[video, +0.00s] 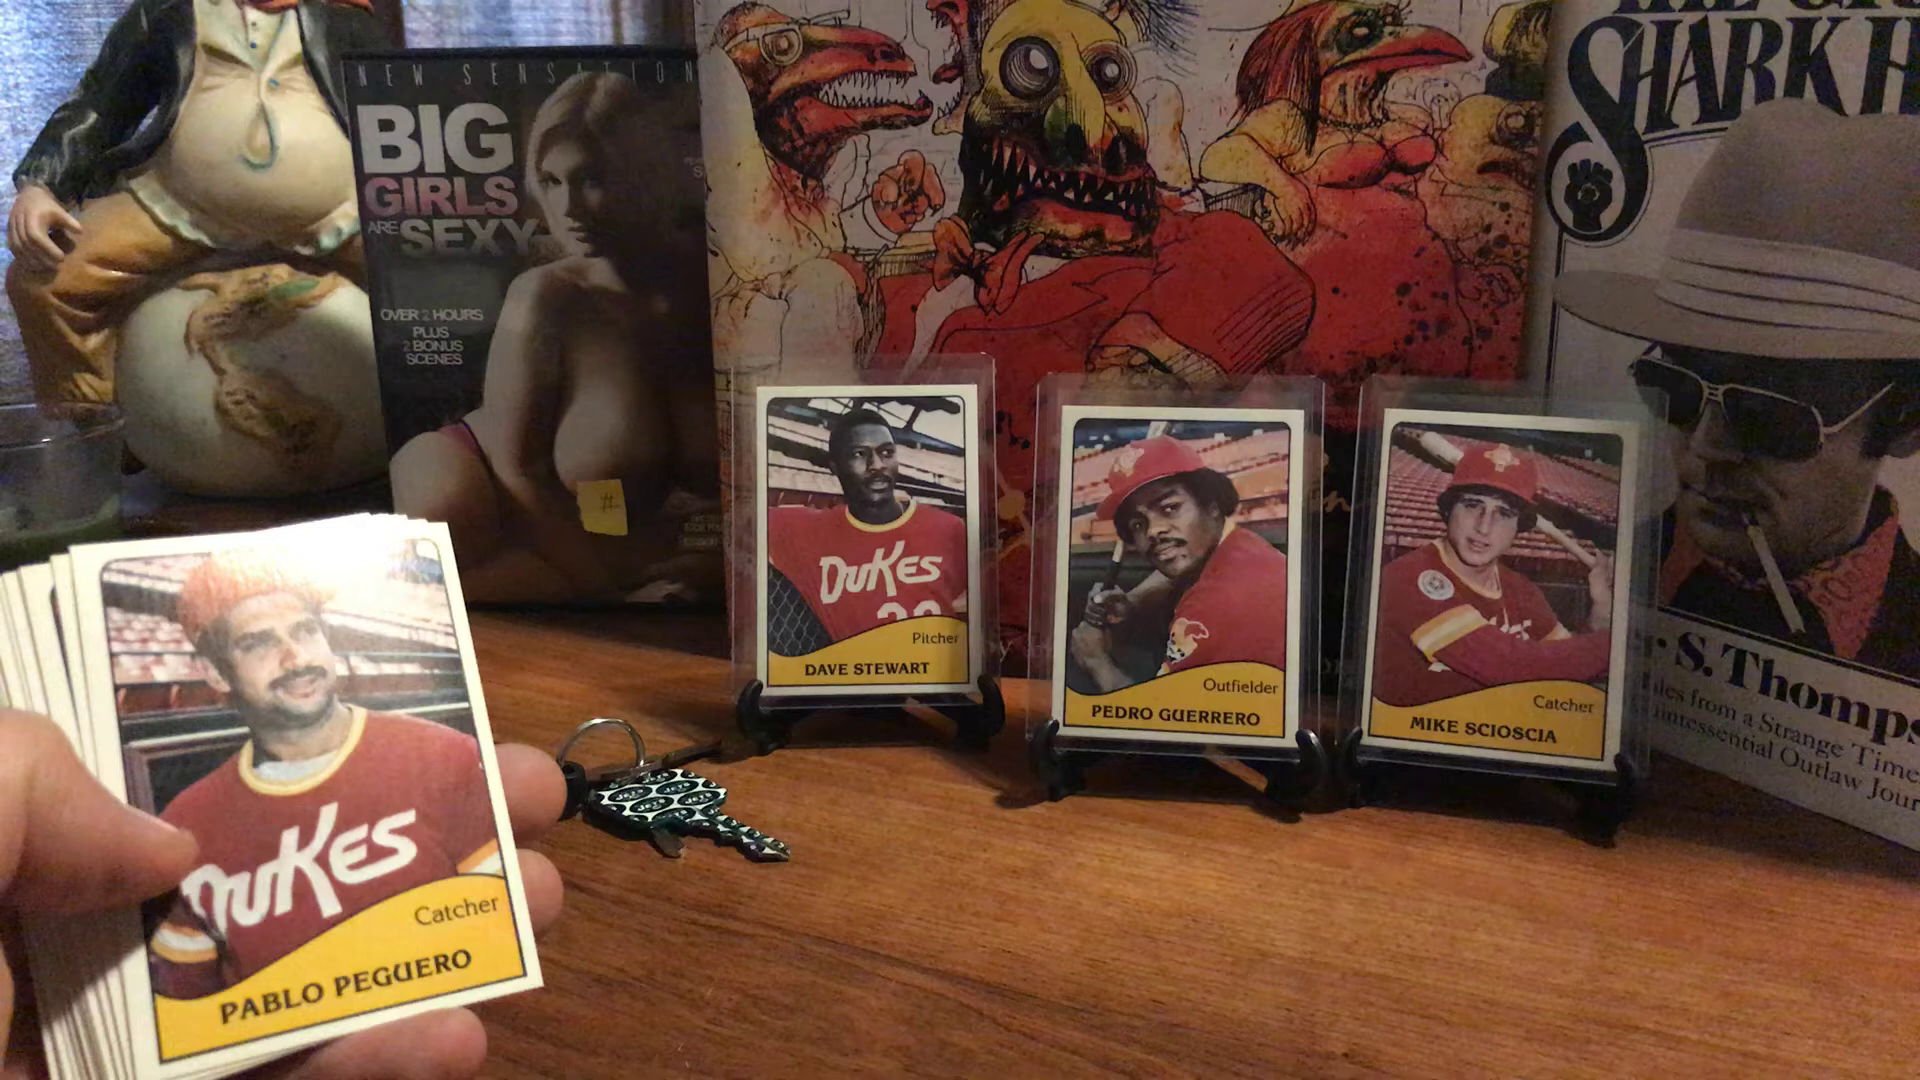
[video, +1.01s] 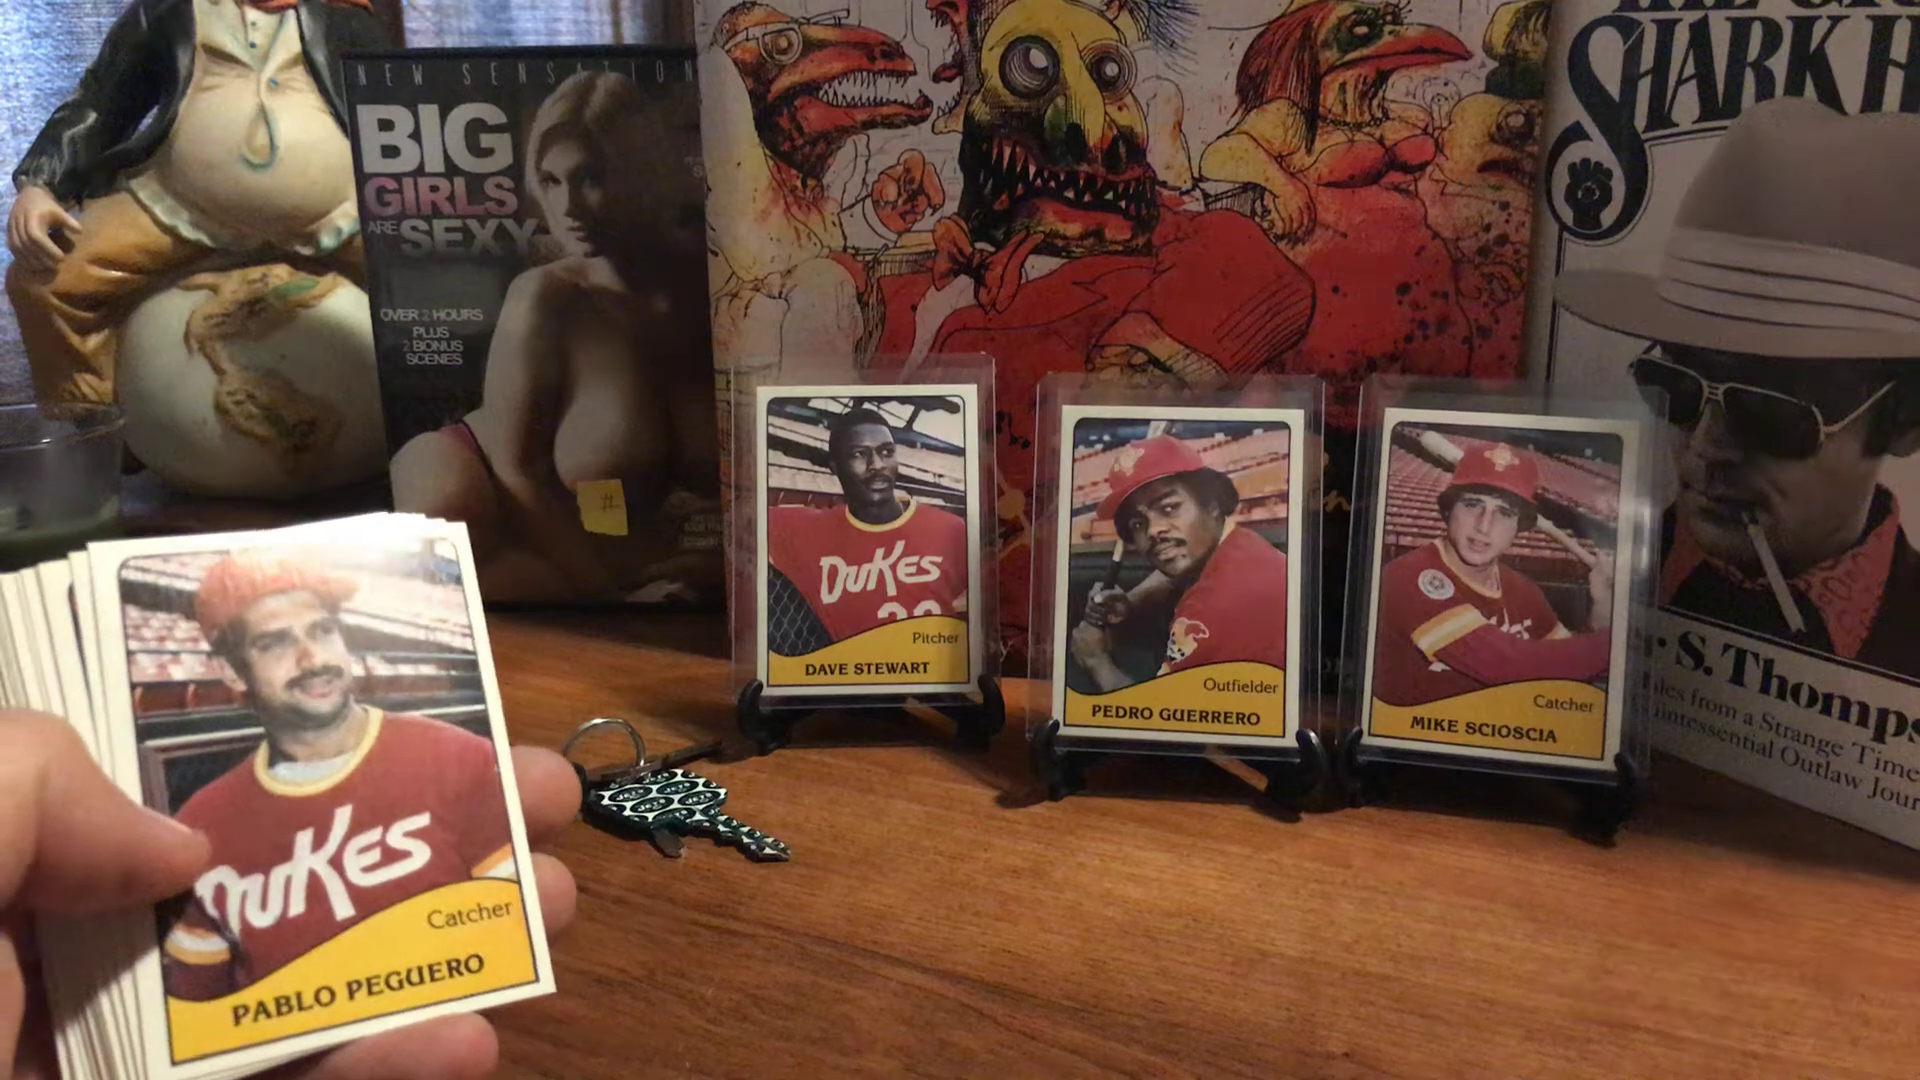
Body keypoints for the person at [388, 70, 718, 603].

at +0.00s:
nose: (570, 206)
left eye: (591, 179)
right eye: (551, 182)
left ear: (642, 178)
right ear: (536, 189)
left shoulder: (693, 289)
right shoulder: (543, 296)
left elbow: (703, 462)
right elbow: (512, 465)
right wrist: (612, 583)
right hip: (482, 466)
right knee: (439, 514)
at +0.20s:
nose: (570, 206)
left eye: (591, 179)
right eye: (551, 182)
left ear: (642, 178)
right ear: (536, 189)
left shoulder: (693, 289)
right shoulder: (543, 296)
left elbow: (703, 462)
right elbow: (512, 465)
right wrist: (612, 583)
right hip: (482, 466)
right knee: (439, 514)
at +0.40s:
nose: (569, 205)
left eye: (591, 179)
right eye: (551, 181)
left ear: (641, 178)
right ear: (536, 188)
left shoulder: (693, 289)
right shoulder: (542, 297)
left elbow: (702, 460)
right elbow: (512, 465)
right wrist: (612, 584)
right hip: (481, 466)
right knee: (439, 511)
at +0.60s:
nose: (570, 205)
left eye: (591, 178)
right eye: (552, 181)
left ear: (641, 177)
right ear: (536, 188)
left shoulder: (694, 288)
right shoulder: (542, 297)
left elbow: (703, 459)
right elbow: (513, 464)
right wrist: (612, 582)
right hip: (482, 466)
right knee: (440, 503)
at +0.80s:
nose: (570, 205)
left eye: (591, 179)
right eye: (552, 181)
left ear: (640, 177)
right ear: (536, 188)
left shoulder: (692, 288)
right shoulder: (542, 297)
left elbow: (703, 459)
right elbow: (512, 464)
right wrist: (610, 583)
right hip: (485, 471)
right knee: (438, 501)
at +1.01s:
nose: (569, 205)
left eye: (590, 178)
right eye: (551, 181)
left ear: (640, 176)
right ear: (536, 188)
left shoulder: (695, 287)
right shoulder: (542, 297)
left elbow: (703, 457)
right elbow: (513, 465)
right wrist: (611, 583)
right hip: (479, 464)